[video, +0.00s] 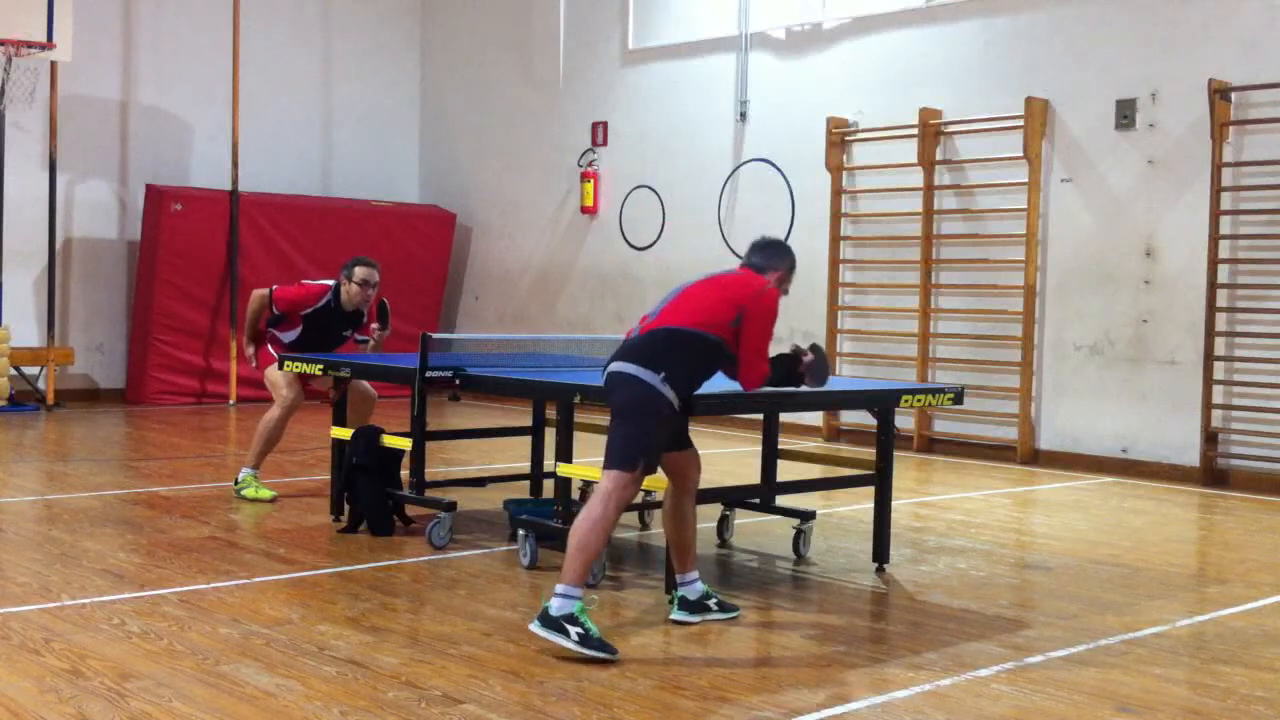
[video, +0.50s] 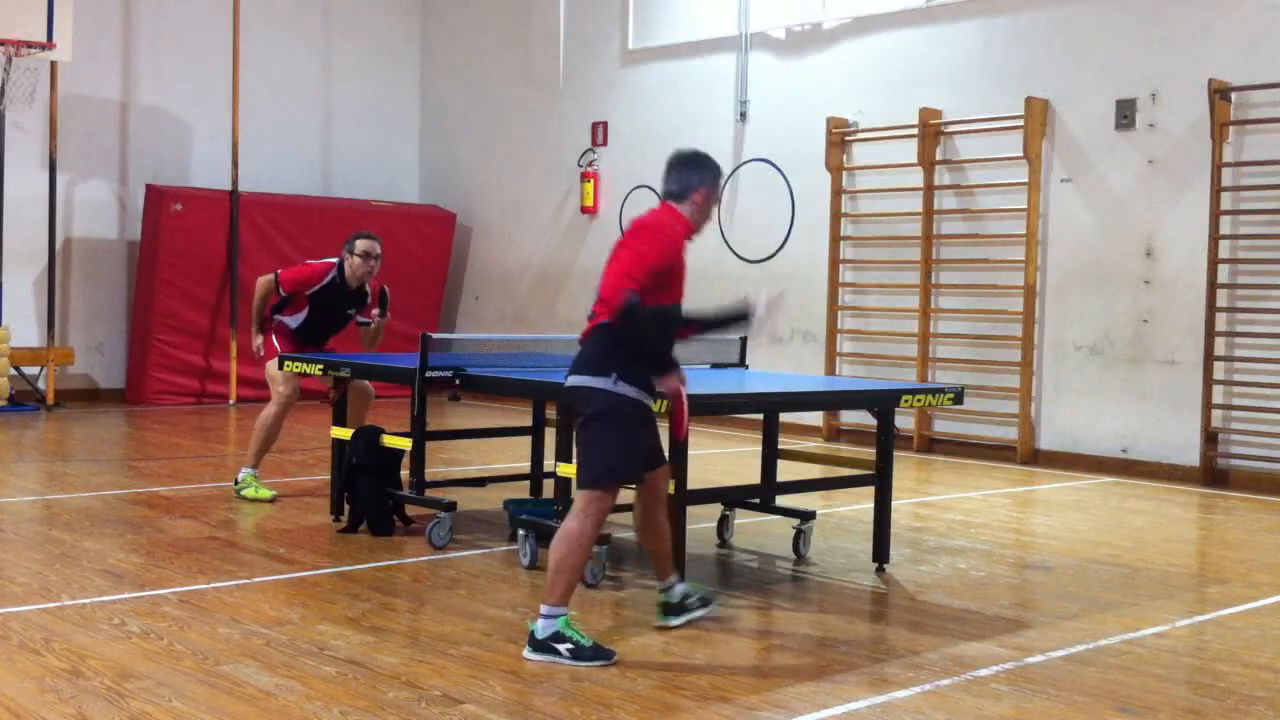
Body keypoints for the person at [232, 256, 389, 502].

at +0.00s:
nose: (369, 292)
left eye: (374, 286)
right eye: (363, 284)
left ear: (378, 288)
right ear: (345, 282)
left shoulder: (365, 308)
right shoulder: (313, 294)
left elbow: (366, 358)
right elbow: (259, 296)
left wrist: (377, 342)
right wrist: (249, 339)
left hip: (316, 359)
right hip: (276, 351)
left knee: (365, 397)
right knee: (290, 397)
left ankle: (352, 477)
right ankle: (247, 476)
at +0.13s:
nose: (369, 284)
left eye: (374, 278)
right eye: (363, 276)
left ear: (377, 281)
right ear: (344, 275)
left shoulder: (363, 306)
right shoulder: (312, 288)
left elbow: (369, 360)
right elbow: (259, 290)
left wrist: (376, 336)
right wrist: (247, 331)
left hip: (314, 355)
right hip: (274, 343)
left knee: (363, 396)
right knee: (288, 395)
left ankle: (350, 474)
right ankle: (247, 476)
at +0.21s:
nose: (369, 278)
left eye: (373, 273)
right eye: (363, 271)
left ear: (377, 275)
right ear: (344, 269)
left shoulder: (364, 300)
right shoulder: (313, 283)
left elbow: (370, 354)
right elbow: (260, 286)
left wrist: (376, 332)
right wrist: (248, 328)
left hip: (315, 351)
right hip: (276, 341)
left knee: (363, 395)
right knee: (288, 395)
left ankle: (349, 472)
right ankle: (247, 476)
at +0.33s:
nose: (370, 269)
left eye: (374, 264)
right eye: (363, 262)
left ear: (377, 267)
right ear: (345, 261)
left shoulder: (365, 295)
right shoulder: (316, 276)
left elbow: (368, 348)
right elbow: (262, 283)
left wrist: (376, 326)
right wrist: (252, 326)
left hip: (315, 348)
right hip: (277, 338)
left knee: (362, 394)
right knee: (286, 394)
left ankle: (350, 471)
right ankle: (247, 476)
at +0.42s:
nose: (370, 265)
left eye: (375, 260)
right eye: (363, 258)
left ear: (378, 263)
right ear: (346, 257)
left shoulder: (364, 293)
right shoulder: (318, 273)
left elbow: (369, 345)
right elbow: (263, 283)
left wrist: (376, 325)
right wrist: (254, 329)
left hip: (315, 345)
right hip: (280, 334)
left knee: (362, 393)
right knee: (286, 393)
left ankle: (350, 472)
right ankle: (247, 475)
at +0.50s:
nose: (372, 264)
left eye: (376, 259)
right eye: (365, 257)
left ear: (380, 262)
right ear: (347, 256)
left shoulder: (367, 292)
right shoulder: (320, 272)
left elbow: (369, 344)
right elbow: (264, 284)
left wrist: (378, 325)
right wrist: (257, 330)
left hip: (315, 344)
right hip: (281, 334)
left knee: (362, 392)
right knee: (286, 393)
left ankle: (349, 471)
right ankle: (247, 475)